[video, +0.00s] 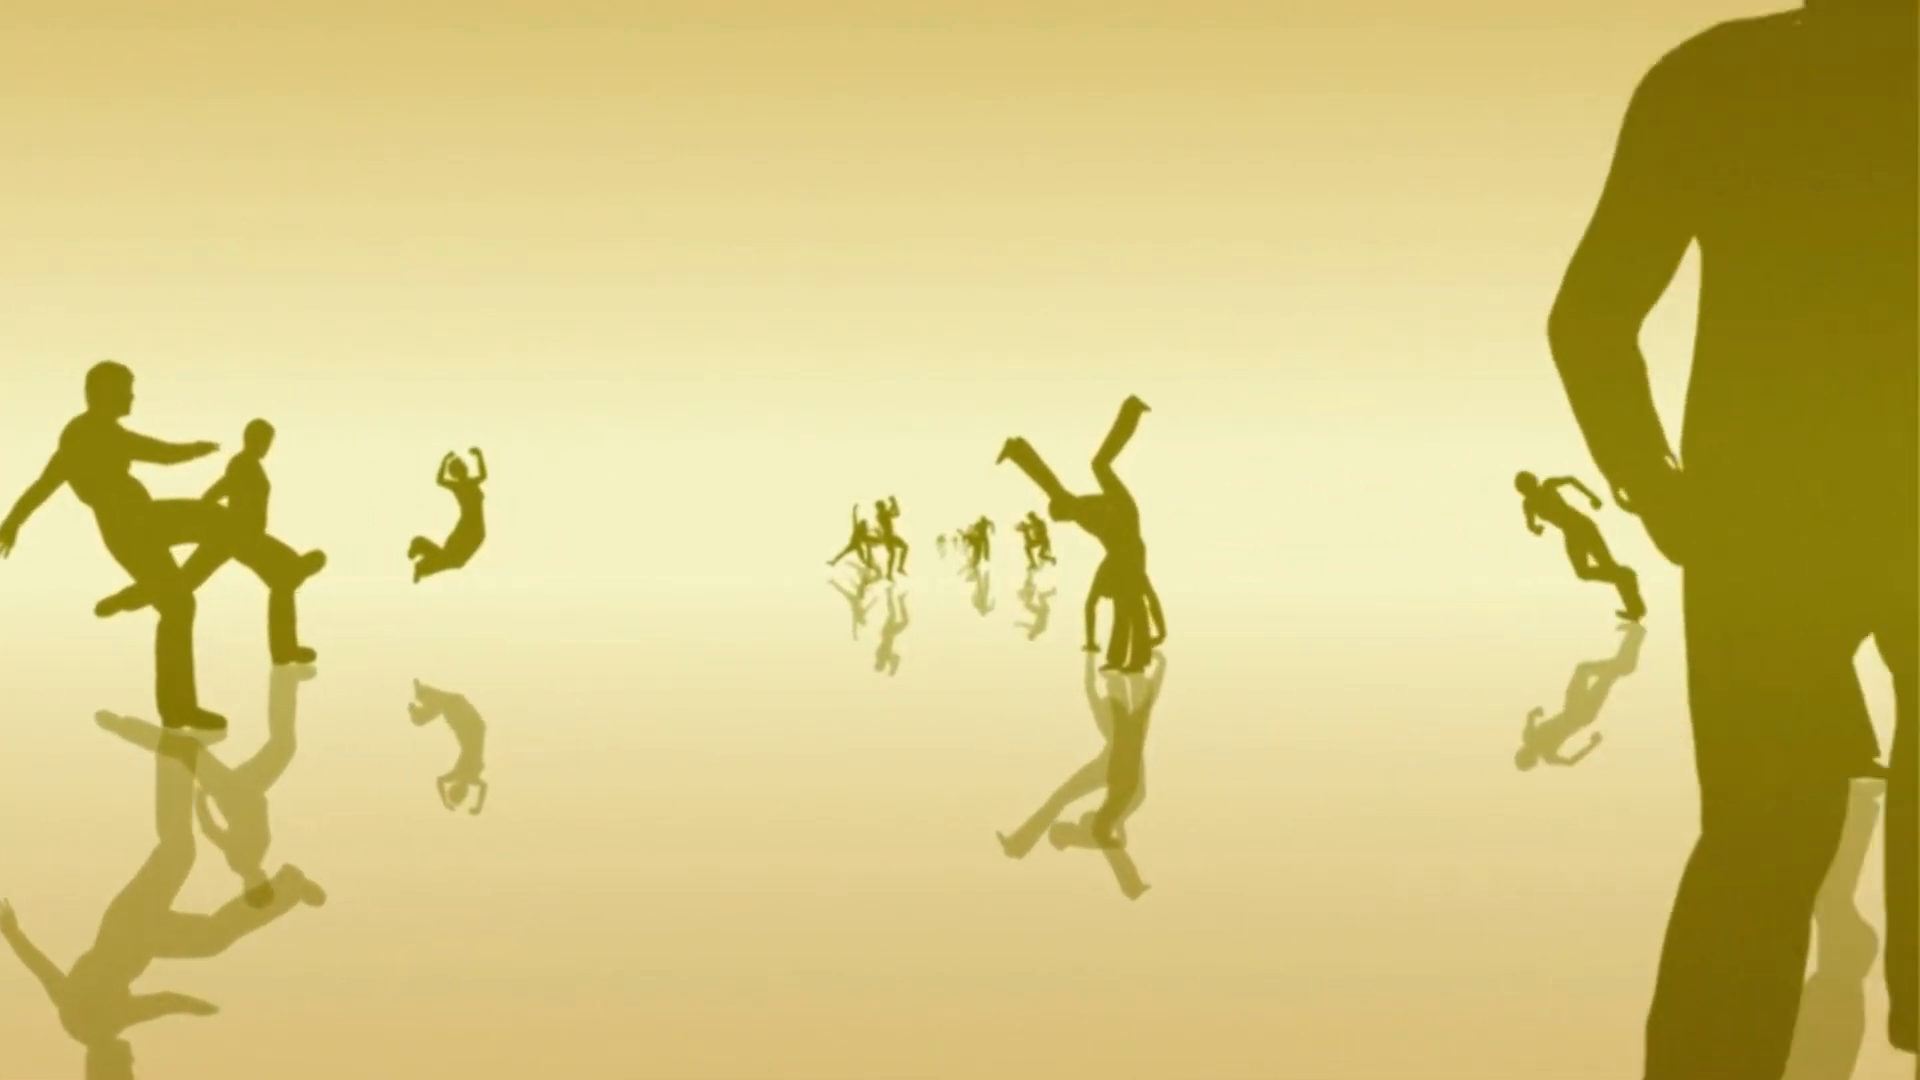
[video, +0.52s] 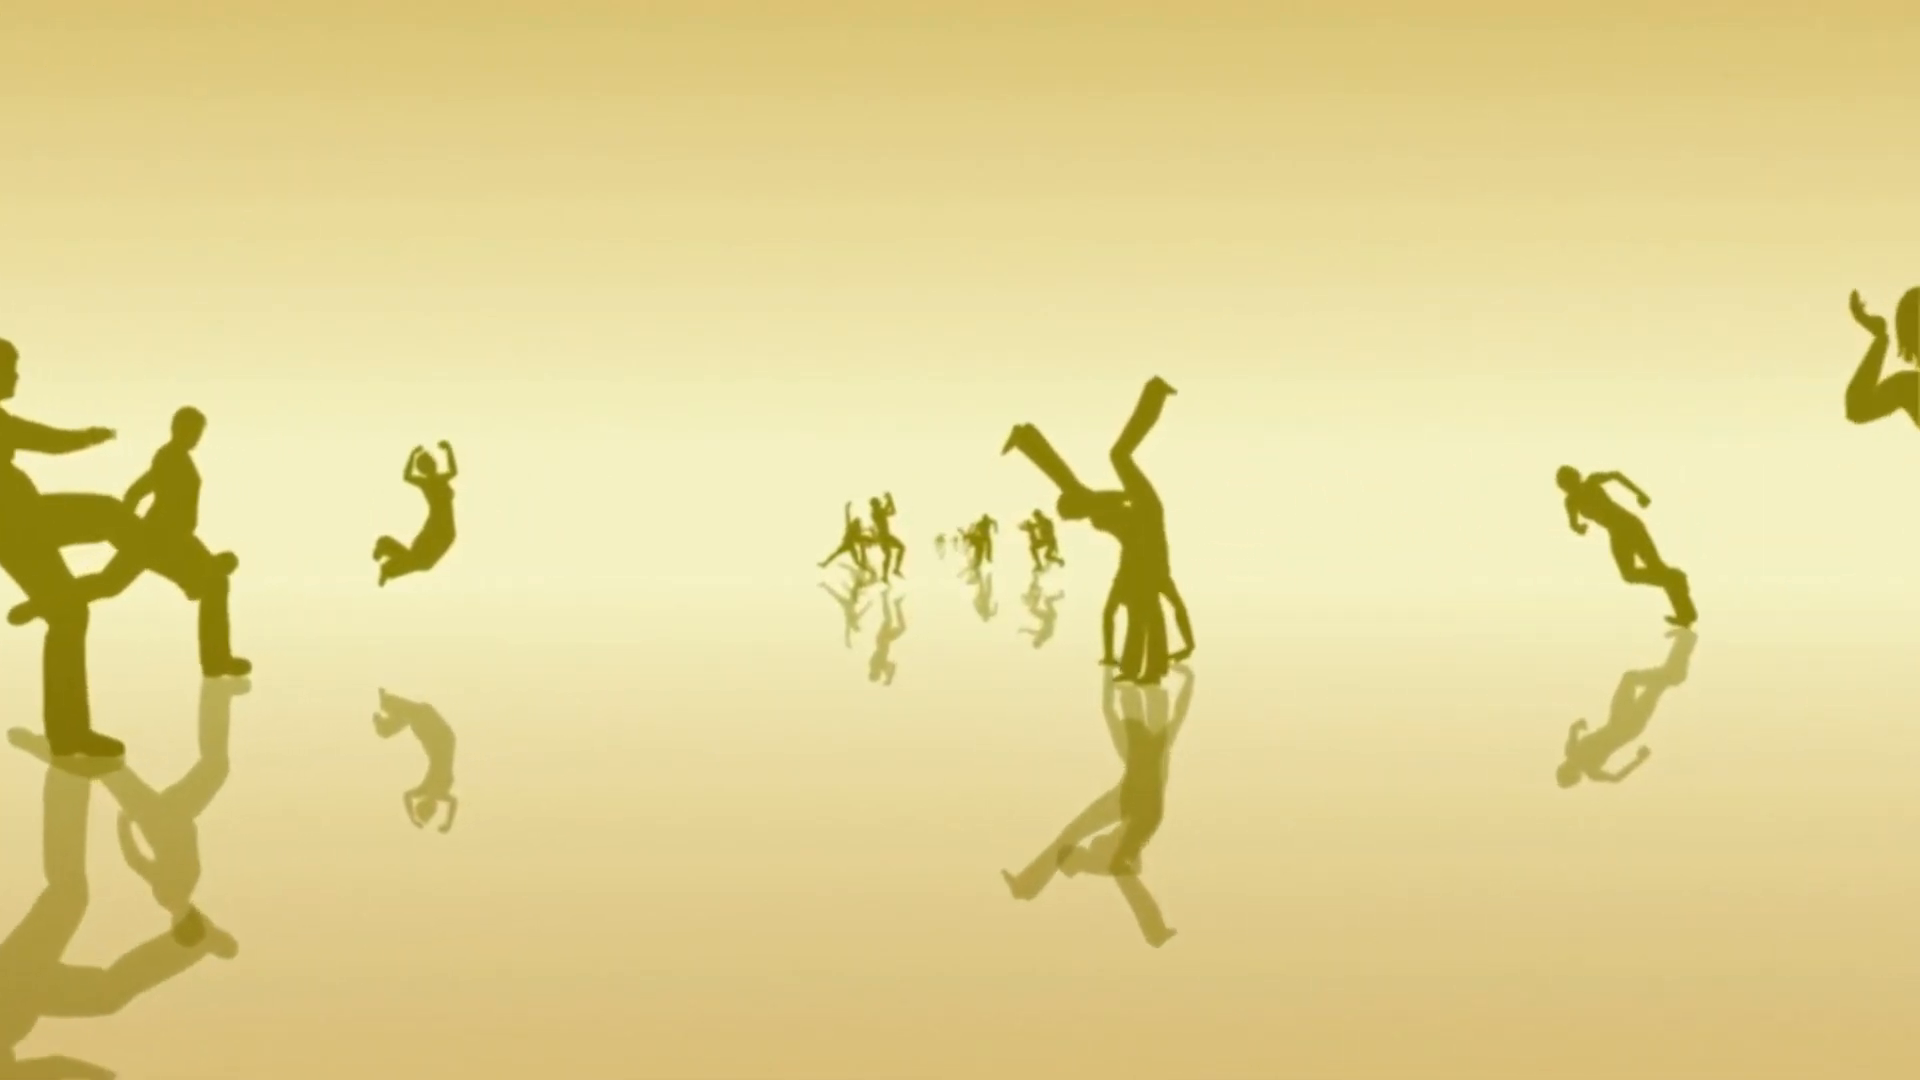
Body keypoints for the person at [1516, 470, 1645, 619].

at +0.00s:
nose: (1526, 491)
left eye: (1527, 485)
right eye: (1522, 489)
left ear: (1532, 481)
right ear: (1521, 490)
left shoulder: (1548, 485)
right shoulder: (1528, 504)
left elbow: (1571, 479)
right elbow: (1530, 523)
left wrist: (1591, 496)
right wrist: (1536, 529)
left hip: (1582, 524)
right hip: (1569, 531)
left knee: (1607, 564)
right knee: (1583, 571)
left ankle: (1634, 606)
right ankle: (1622, 575)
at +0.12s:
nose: (1533, 490)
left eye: (1534, 484)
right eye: (1528, 488)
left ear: (1539, 480)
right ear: (1527, 489)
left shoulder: (1555, 484)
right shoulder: (1535, 503)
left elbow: (1578, 478)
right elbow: (1537, 523)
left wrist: (1599, 496)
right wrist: (1543, 529)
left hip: (1589, 524)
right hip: (1576, 532)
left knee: (1615, 564)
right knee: (1590, 572)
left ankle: (1642, 607)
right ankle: (1630, 575)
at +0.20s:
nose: (1543, 489)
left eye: (1543, 484)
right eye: (1539, 487)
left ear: (1549, 480)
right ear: (1538, 488)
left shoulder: (1566, 483)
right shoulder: (1545, 503)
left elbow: (1589, 478)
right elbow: (1547, 522)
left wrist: (1611, 495)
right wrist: (1553, 529)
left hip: (1601, 524)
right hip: (1588, 532)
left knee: (1627, 565)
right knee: (1601, 572)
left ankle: (1654, 609)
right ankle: (1643, 576)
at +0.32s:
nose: (1550, 489)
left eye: (1551, 483)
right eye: (1545, 486)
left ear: (1557, 479)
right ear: (1544, 488)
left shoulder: (1573, 483)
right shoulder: (1552, 503)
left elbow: (1597, 477)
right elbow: (1554, 523)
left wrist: (1618, 495)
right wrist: (1561, 529)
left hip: (1609, 524)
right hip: (1595, 532)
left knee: (1635, 565)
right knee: (1609, 573)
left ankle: (1663, 610)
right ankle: (1651, 576)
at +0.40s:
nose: (1559, 488)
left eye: (1560, 483)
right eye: (1555, 485)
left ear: (1567, 478)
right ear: (1555, 487)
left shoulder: (1584, 482)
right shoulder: (1563, 502)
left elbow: (1608, 475)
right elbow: (1565, 522)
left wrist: (1631, 494)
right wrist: (1571, 528)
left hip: (1620, 523)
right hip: (1607, 531)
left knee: (1647, 565)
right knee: (1621, 574)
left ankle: (1676, 612)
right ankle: (1664, 577)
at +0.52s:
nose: (1567, 487)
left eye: (1567, 482)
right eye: (1563, 485)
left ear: (1574, 477)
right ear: (1562, 486)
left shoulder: (1592, 481)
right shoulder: (1571, 501)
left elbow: (1616, 475)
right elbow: (1573, 522)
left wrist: (1639, 493)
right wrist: (1579, 528)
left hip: (1629, 523)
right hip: (1615, 531)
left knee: (1655, 565)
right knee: (1629, 574)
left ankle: (1685, 612)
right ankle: (1673, 578)